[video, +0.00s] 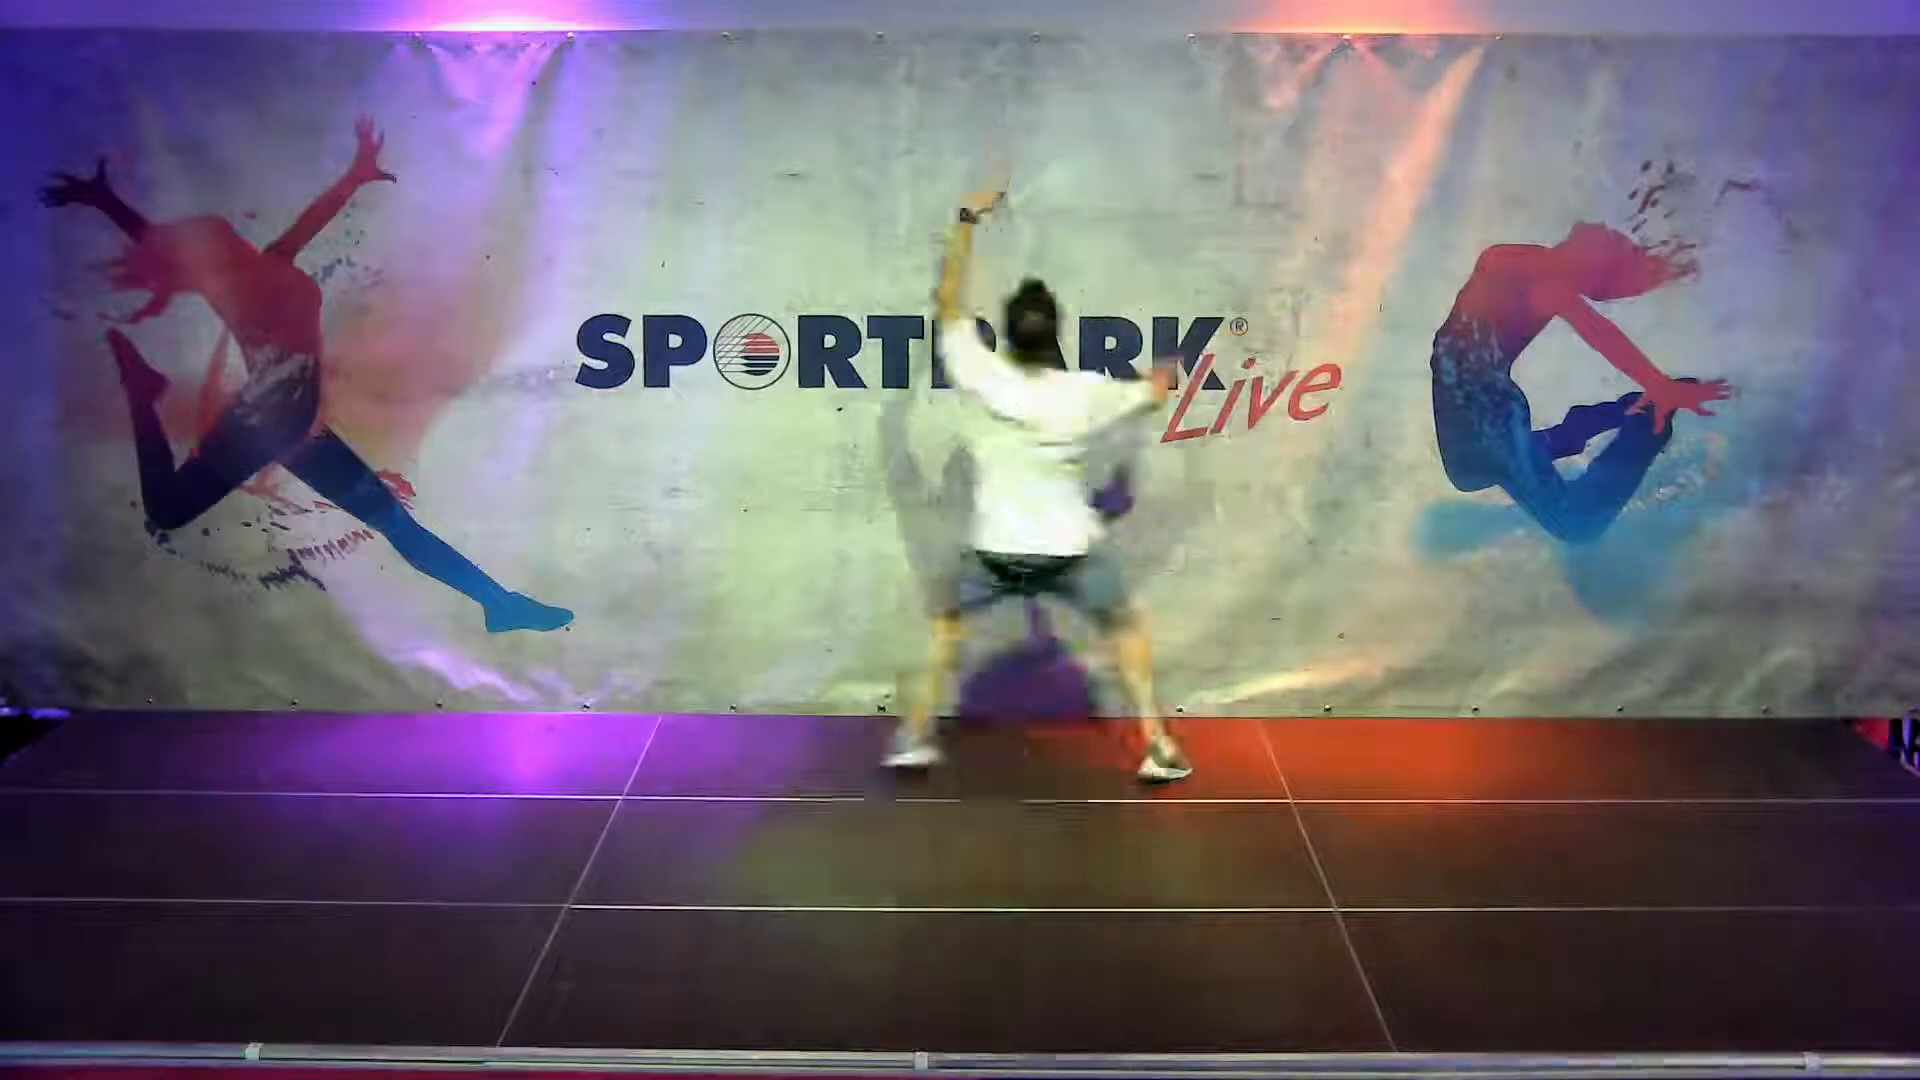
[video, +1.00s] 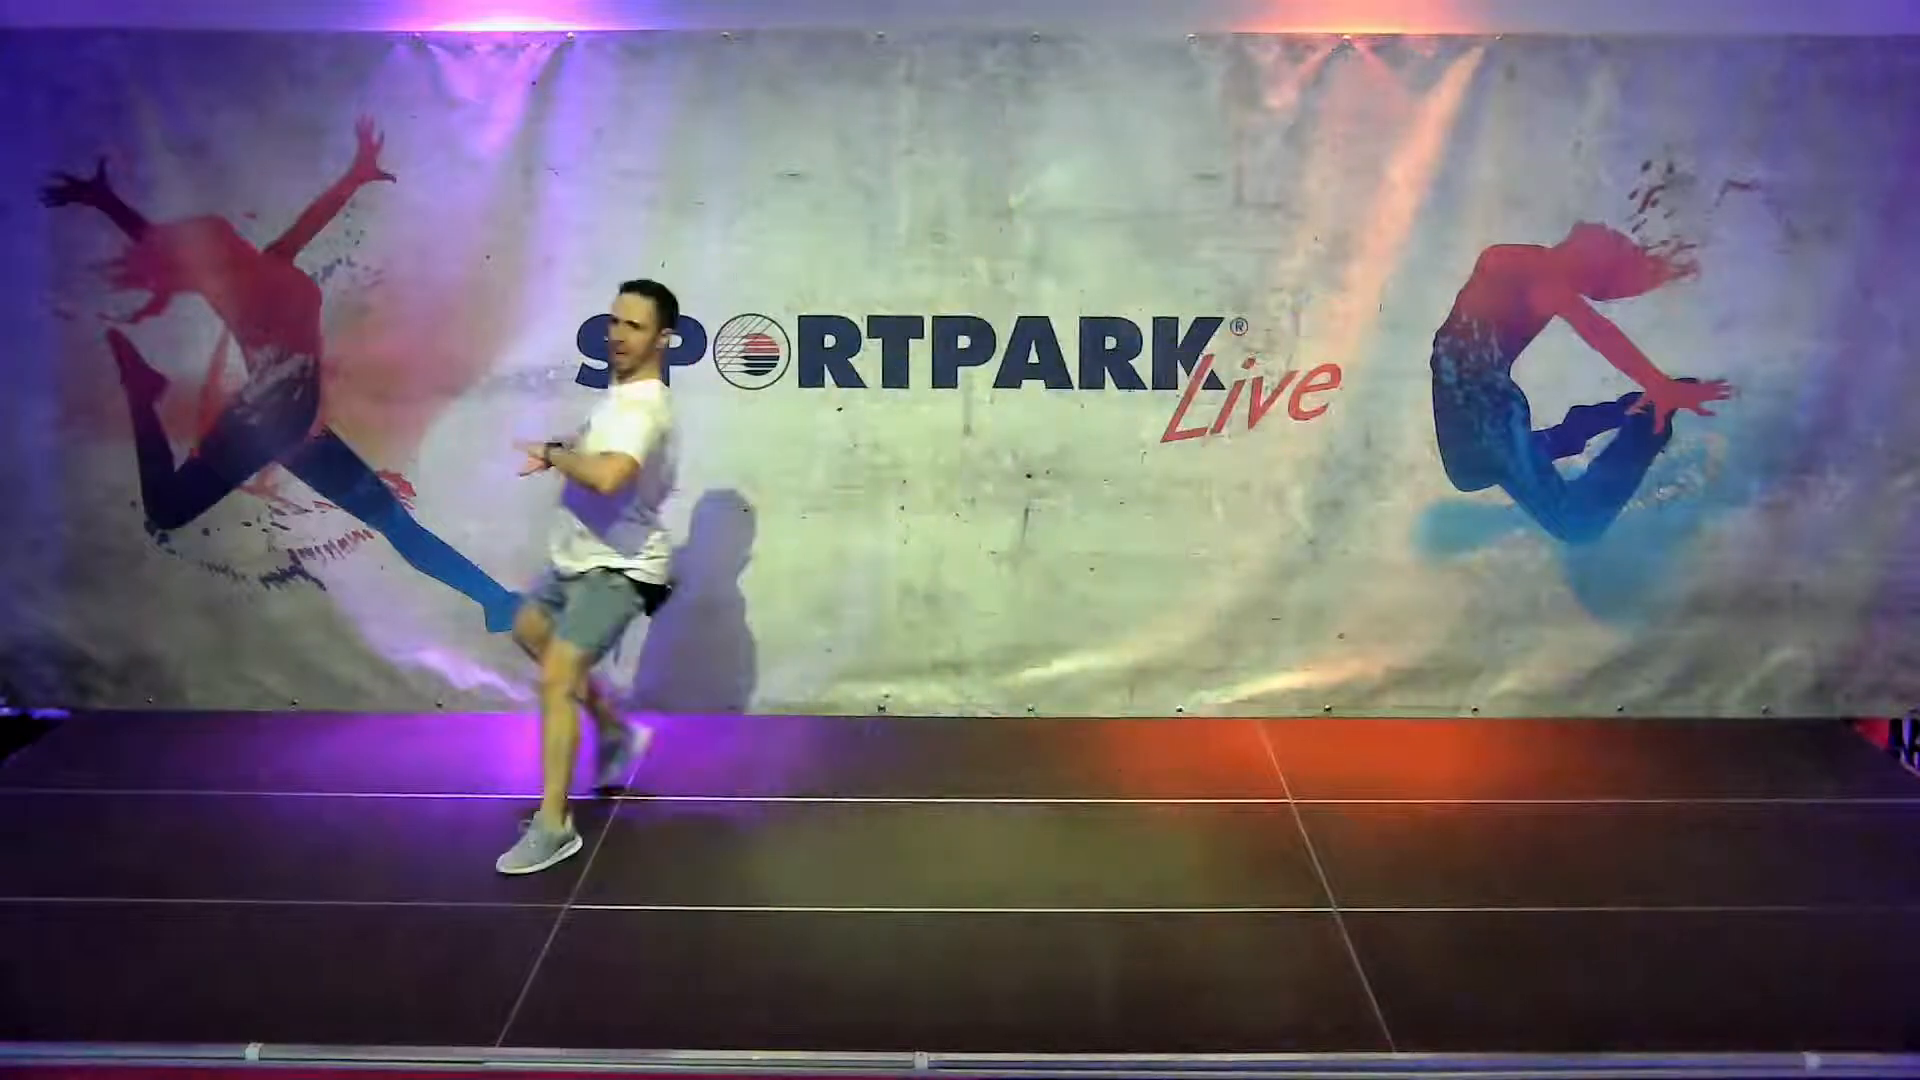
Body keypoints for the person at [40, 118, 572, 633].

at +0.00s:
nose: (185, 280)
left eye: (182, 262)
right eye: (180, 263)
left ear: (204, 254)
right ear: (194, 258)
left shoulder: (267, 268)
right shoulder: (231, 275)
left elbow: (307, 224)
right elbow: (153, 241)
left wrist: (356, 176)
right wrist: (98, 196)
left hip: (298, 426)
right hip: (261, 421)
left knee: (387, 514)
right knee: (166, 511)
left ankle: (500, 602)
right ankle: (141, 392)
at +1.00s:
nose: (219, 245)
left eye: (214, 237)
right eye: (206, 245)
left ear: (224, 240)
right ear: (198, 261)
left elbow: (313, 218)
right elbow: (157, 246)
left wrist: (358, 174)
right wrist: (100, 197)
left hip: (299, 427)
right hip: (257, 426)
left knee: (395, 521)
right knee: (166, 508)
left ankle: (508, 609)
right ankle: (141, 393)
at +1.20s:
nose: (176, 292)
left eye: (177, 274)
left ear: (213, 250)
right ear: (214, 247)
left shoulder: (268, 265)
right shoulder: (237, 280)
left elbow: (311, 220)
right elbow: (158, 247)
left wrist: (358, 174)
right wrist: (104, 199)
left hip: (296, 425)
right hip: (263, 423)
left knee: (391, 517)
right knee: (167, 513)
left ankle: (497, 598)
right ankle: (141, 395)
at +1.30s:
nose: (197, 269)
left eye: (199, 251)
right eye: (201, 249)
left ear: (217, 243)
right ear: (205, 254)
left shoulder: (271, 264)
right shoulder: (236, 278)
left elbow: (313, 218)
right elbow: (158, 250)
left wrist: (358, 174)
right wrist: (102, 198)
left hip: (300, 427)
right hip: (259, 425)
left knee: (395, 520)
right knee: (166, 508)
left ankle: (500, 603)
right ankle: (141, 394)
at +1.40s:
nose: (181, 283)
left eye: (177, 266)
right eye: (174, 268)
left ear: (202, 257)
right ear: (199, 255)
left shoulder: (267, 272)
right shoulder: (236, 277)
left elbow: (308, 222)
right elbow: (154, 243)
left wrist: (358, 175)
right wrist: (103, 197)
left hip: (300, 428)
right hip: (260, 426)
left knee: (395, 519)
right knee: (166, 508)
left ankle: (498, 600)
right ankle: (138, 390)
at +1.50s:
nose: (180, 288)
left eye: (179, 268)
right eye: (176, 271)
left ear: (204, 255)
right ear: (201, 256)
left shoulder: (266, 269)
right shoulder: (234, 275)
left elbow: (311, 220)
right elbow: (156, 243)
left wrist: (359, 174)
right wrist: (105, 199)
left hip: (297, 425)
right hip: (262, 422)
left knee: (386, 512)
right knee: (165, 510)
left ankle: (498, 600)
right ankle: (139, 391)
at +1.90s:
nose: (176, 291)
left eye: (176, 271)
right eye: (167, 277)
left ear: (202, 256)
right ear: (207, 252)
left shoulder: (261, 269)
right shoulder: (246, 275)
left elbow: (307, 223)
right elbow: (155, 243)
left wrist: (356, 176)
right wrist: (105, 201)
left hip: (294, 424)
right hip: (264, 420)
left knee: (386, 512)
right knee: (166, 511)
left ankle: (499, 601)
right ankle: (139, 393)